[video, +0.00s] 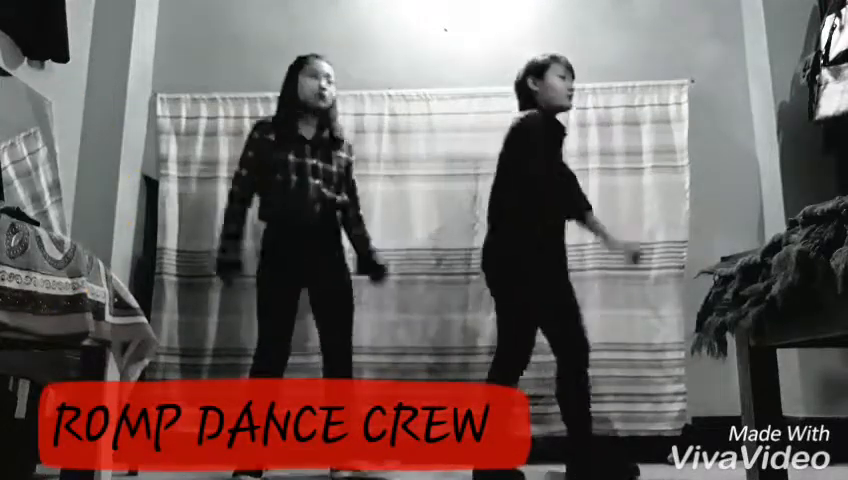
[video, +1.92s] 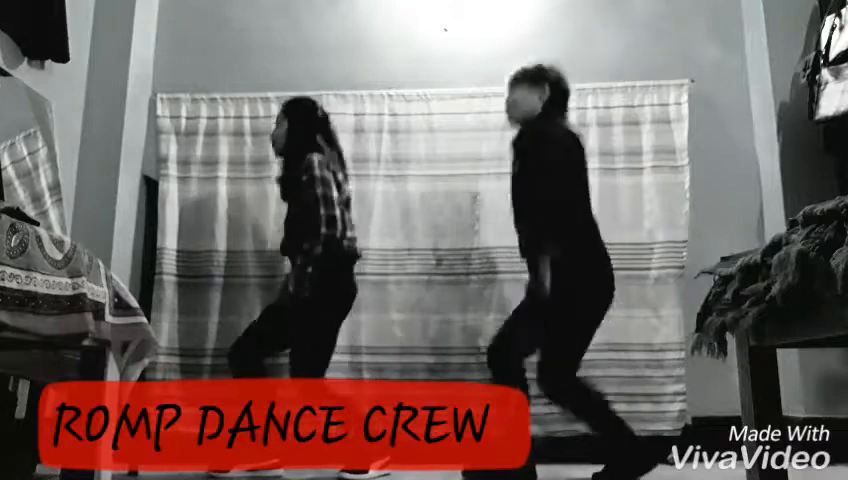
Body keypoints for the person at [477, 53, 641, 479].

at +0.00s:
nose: (571, 85)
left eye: (571, 79)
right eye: (562, 77)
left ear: (540, 90)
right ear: (536, 84)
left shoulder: (525, 131)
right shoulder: (541, 129)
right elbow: (566, 193)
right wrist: (611, 240)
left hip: (508, 260)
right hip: (536, 262)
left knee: (512, 353)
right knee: (573, 350)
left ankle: (482, 448)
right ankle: (583, 453)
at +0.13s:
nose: (580, 79)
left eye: (579, 72)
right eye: (572, 71)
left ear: (550, 81)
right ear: (543, 78)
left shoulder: (548, 126)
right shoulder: (545, 125)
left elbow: (575, 202)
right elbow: (563, 199)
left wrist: (603, 254)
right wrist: (589, 244)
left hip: (541, 256)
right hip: (542, 258)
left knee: (535, 348)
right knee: (566, 352)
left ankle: (485, 437)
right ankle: (584, 456)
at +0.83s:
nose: (578, 74)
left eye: (577, 67)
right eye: (570, 66)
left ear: (543, 78)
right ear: (542, 75)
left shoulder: (533, 120)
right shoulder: (552, 119)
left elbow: (530, 190)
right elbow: (561, 187)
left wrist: (552, 245)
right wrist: (571, 246)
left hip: (525, 252)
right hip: (545, 253)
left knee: (519, 354)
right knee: (557, 358)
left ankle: (491, 448)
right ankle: (581, 455)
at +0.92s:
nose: (574, 70)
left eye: (574, 63)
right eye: (564, 63)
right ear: (536, 74)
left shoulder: (549, 121)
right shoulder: (538, 119)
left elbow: (561, 191)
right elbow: (541, 189)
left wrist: (578, 245)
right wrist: (559, 243)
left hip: (550, 254)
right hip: (538, 255)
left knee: (558, 355)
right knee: (534, 352)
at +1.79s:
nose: (525, 80)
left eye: (533, 71)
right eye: (525, 72)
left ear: (561, 73)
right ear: (553, 77)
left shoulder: (576, 118)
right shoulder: (552, 125)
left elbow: (575, 188)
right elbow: (545, 192)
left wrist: (553, 242)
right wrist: (536, 242)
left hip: (582, 259)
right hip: (553, 262)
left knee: (610, 355)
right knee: (540, 363)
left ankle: (637, 453)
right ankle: (518, 457)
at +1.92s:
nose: (508, 99)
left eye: (516, 91)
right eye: (509, 91)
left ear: (541, 95)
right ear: (538, 96)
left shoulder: (548, 142)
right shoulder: (538, 140)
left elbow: (553, 209)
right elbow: (542, 210)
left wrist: (545, 261)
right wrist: (540, 264)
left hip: (580, 277)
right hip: (558, 276)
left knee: (555, 376)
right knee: (503, 353)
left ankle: (628, 450)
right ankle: (514, 456)